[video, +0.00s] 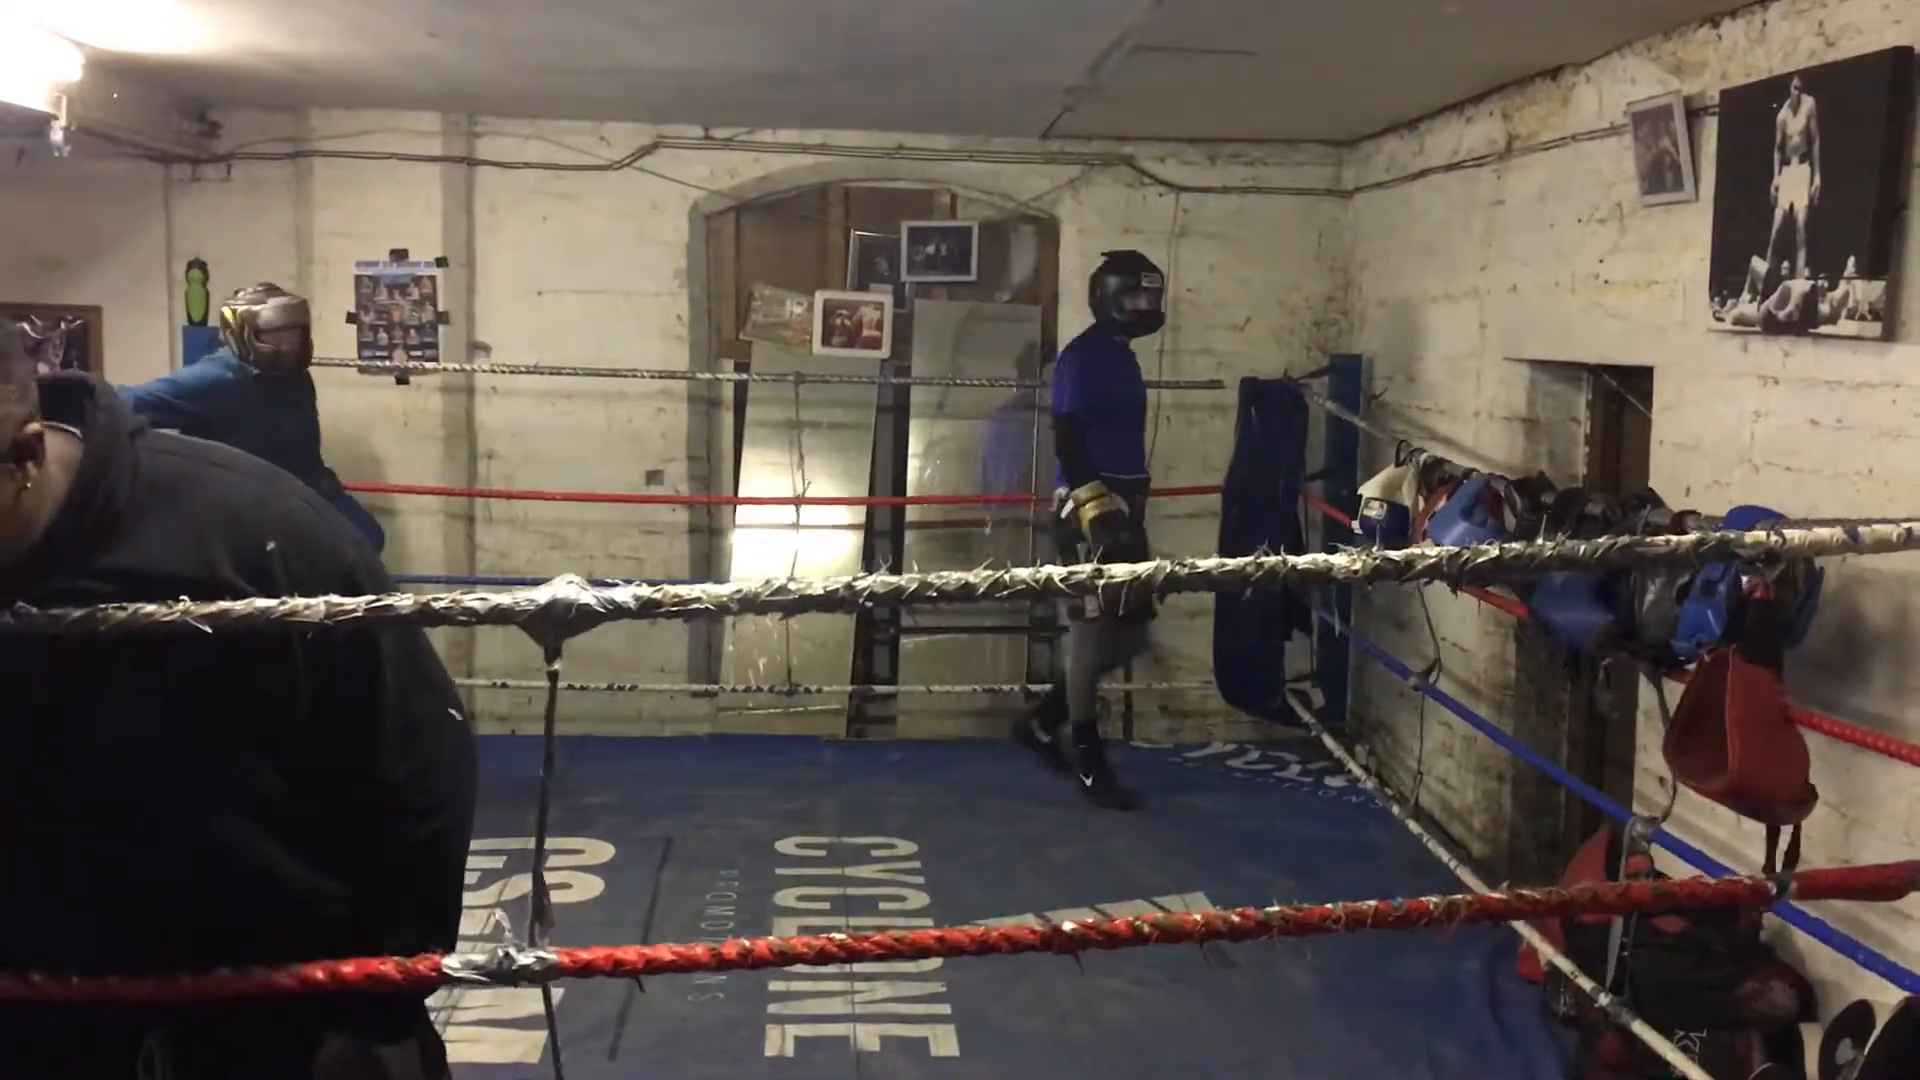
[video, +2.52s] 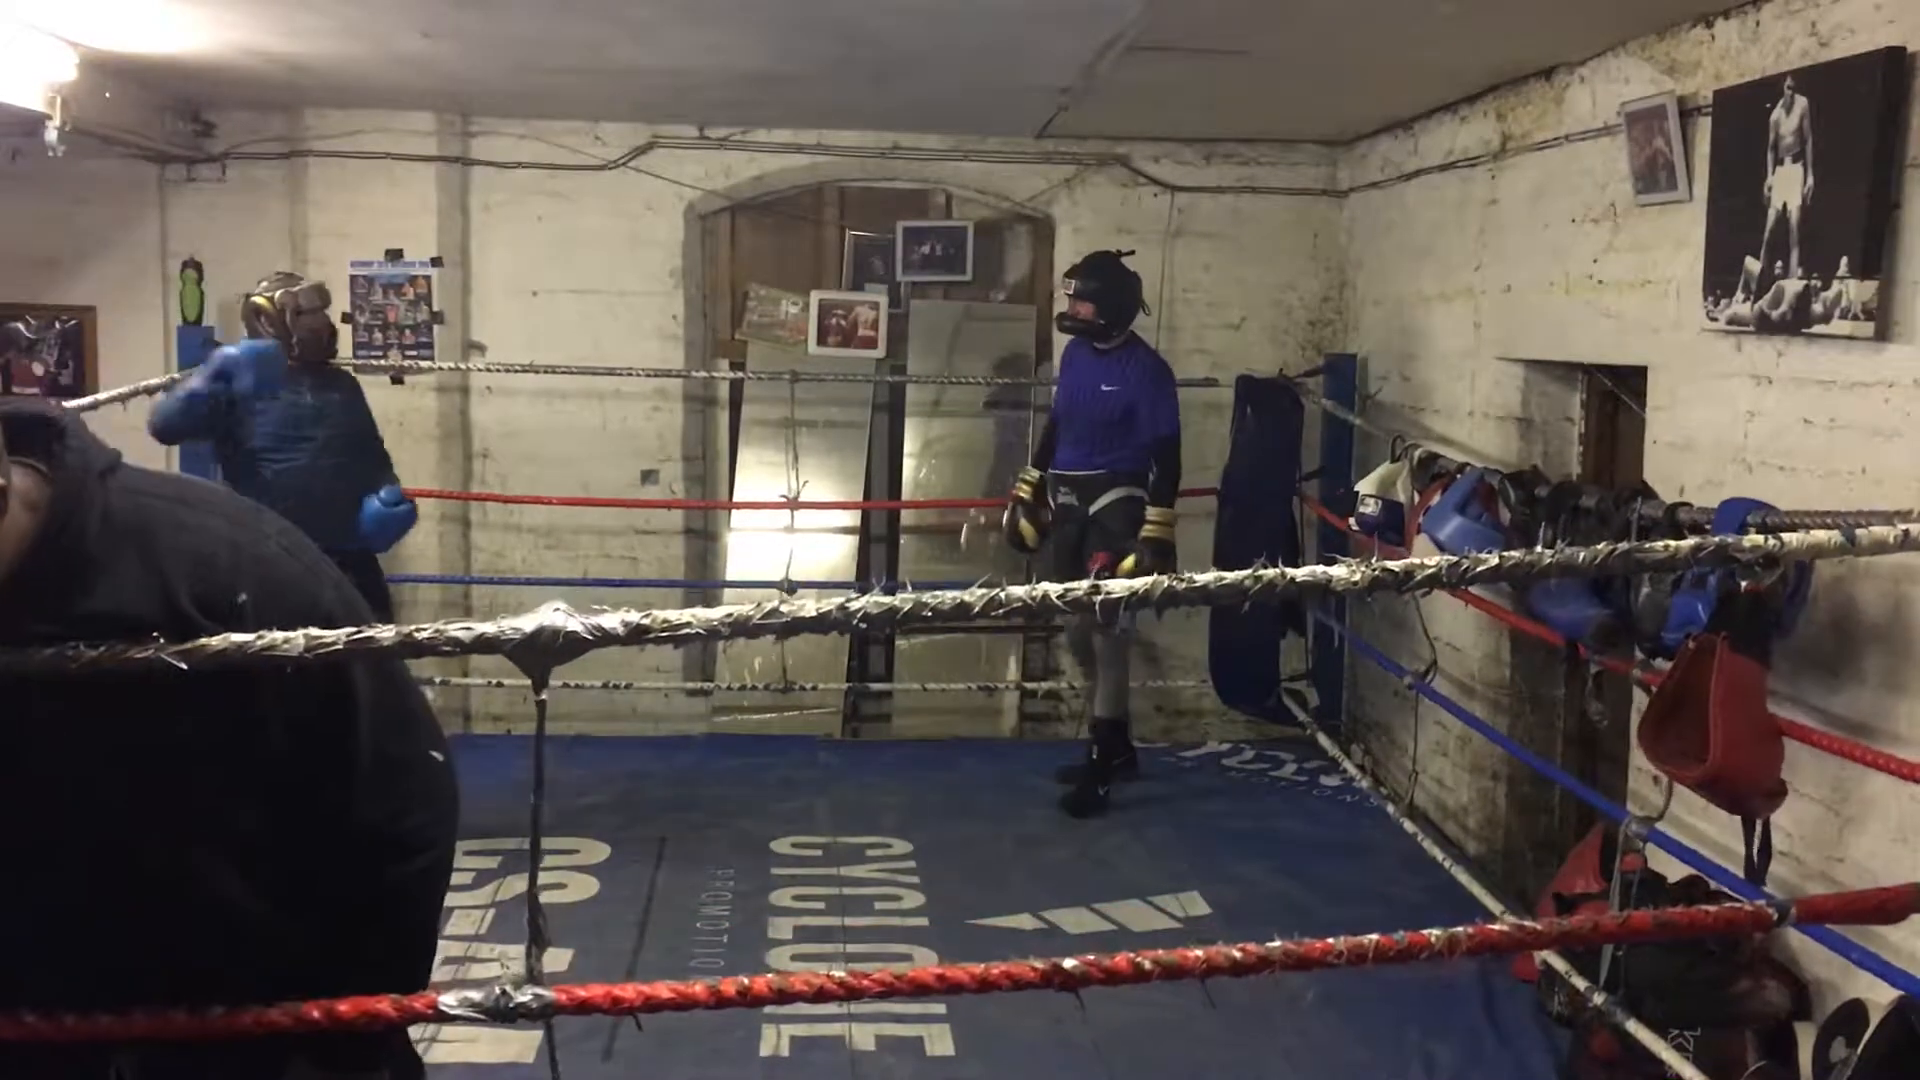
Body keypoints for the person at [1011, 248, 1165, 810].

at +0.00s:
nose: (1151, 304)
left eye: (1155, 294)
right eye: (1139, 294)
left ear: (1153, 300)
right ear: (1106, 298)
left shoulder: (1123, 356)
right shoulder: (1082, 356)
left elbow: (1121, 434)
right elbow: (1067, 437)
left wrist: (1134, 498)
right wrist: (1096, 503)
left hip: (1124, 506)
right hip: (1088, 509)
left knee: (1129, 630)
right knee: (1087, 627)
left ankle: (1046, 716)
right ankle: (1086, 754)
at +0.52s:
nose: (1153, 301)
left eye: (1166, 292)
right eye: (1147, 291)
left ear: (1193, 299)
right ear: (1140, 296)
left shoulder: (1222, 360)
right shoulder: (1124, 356)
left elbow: (1251, 435)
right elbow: (1085, 430)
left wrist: (1269, 509)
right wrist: (1052, 499)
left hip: (1203, 506)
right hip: (1136, 505)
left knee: (1199, 640)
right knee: (1125, 636)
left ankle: (1201, 759)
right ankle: (1097, 766)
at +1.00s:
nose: (1163, 307)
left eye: (1175, 298)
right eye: (1160, 297)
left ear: (1206, 304)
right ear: (1159, 301)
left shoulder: (1245, 366)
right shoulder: (1155, 357)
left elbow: (1262, 446)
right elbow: (1143, 431)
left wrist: (1257, 511)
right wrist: (1129, 496)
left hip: (1219, 509)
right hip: (1153, 504)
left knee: (1208, 636)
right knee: (1124, 630)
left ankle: (1201, 756)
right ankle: (1112, 752)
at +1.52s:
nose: (1116, 301)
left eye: (1127, 293)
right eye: (1115, 292)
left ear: (1158, 299)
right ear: (1122, 298)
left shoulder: (1200, 361)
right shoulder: (1110, 353)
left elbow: (1224, 443)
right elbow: (1091, 428)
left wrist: (1220, 512)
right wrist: (1067, 495)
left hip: (1176, 508)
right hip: (1113, 505)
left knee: (1182, 634)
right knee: (1120, 632)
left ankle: (1198, 755)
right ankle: (1119, 751)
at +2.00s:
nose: (1075, 308)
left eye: (1086, 298)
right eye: (1073, 298)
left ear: (1116, 303)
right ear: (1074, 303)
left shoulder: (1158, 359)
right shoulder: (1072, 358)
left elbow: (1187, 442)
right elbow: (1054, 434)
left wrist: (1182, 517)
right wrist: (1033, 504)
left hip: (1143, 501)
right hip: (1086, 503)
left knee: (1131, 624)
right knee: (1101, 625)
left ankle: (1154, 759)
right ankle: (1116, 747)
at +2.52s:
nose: (1070, 308)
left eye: (1081, 300)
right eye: (1070, 298)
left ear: (1111, 308)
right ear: (1079, 304)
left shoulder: (1149, 371)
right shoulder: (1073, 356)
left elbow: (1168, 457)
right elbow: (1056, 422)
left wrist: (1158, 532)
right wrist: (1029, 488)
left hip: (1119, 504)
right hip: (1067, 502)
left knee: (1109, 631)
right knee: (1076, 634)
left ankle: (1100, 763)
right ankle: (1115, 743)